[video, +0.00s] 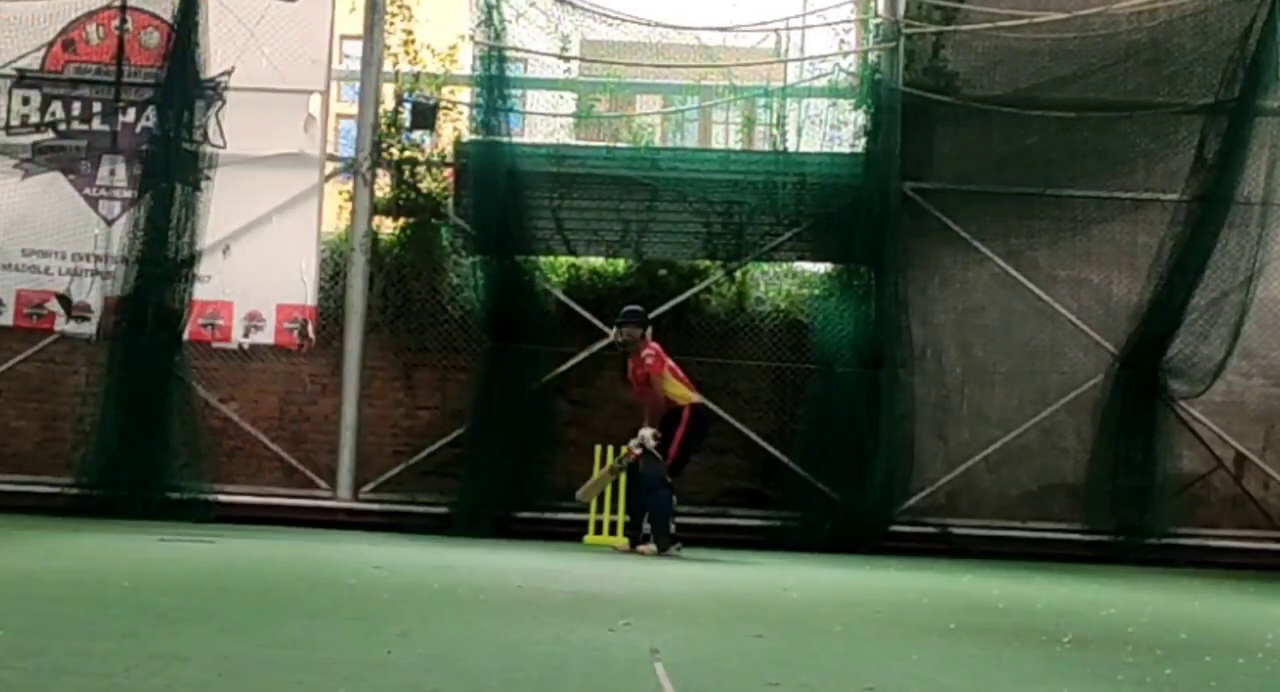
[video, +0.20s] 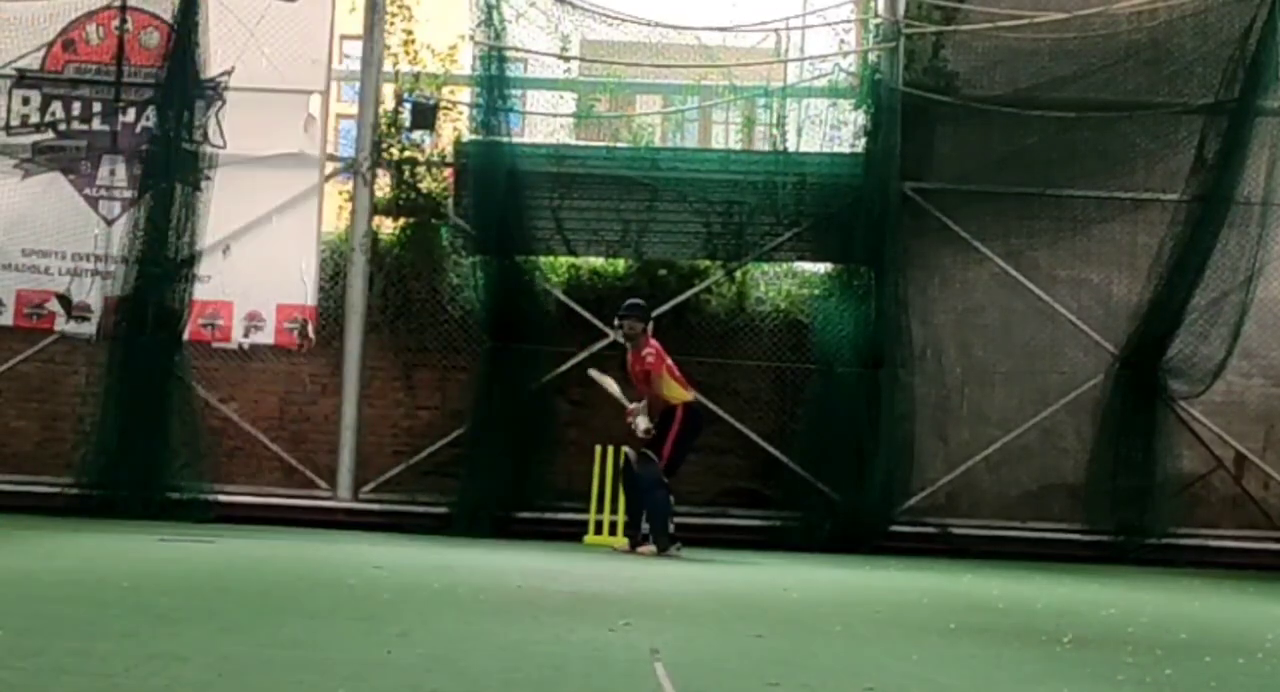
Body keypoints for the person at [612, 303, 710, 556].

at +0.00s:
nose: (628, 334)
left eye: (634, 328)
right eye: (624, 328)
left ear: (645, 331)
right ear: (619, 332)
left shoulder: (650, 355)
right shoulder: (634, 362)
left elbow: (656, 394)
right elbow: (646, 400)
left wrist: (650, 427)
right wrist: (644, 432)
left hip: (688, 408)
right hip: (669, 410)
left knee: (660, 470)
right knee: (643, 466)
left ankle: (663, 539)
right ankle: (638, 535)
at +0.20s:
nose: (629, 327)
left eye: (635, 322)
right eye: (625, 322)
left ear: (646, 325)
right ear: (620, 325)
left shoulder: (650, 353)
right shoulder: (633, 353)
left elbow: (657, 392)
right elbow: (649, 390)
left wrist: (648, 419)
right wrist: (639, 407)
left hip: (682, 406)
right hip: (664, 407)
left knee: (657, 468)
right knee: (645, 464)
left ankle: (662, 538)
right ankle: (640, 534)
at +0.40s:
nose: (627, 322)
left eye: (633, 318)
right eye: (623, 317)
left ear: (644, 322)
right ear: (619, 320)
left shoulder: (649, 350)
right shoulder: (632, 346)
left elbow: (655, 391)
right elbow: (636, 383)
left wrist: (642, 413)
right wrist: (635, 406)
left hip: (676, 405)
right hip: (658, 404)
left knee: (655, 469)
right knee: (641, 464)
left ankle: (662, 537)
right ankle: (641, 534)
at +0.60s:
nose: (625, 322)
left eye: (632, 317)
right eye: (621, 316)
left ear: (642, 321)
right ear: (616, 319)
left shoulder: (647, 350)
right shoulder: (629, 346)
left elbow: (656, 392)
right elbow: (634, 383)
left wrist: (637, 399)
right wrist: (634, 412)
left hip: (673, 405)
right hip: (655, 405)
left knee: (651, 469)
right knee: (637, 464)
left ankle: (661, 537)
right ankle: (639, 533)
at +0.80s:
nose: (622, 325)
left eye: (628, 320)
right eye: (617, 319)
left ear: (637, 324)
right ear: (611, 323)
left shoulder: (641, 353)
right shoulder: (621, 351)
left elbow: (651, 395)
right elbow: (622, 387)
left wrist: (633, 401)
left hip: (670, 407)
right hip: (650, 408)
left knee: (646, 471)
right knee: (632, 465)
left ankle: (660, 538)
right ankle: (640, 534)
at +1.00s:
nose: (609, 333)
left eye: (615, 328)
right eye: (605, 327)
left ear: (625, 331)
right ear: (599, 330)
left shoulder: (630, 360)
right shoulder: (611, 356)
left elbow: (639, 404)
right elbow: (614, 387)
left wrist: (622, 404)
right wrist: (616, 412)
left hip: (661, 411)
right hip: (642, 412)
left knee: (636, 473)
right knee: (616, 469)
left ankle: (661, 540)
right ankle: (603, 535)